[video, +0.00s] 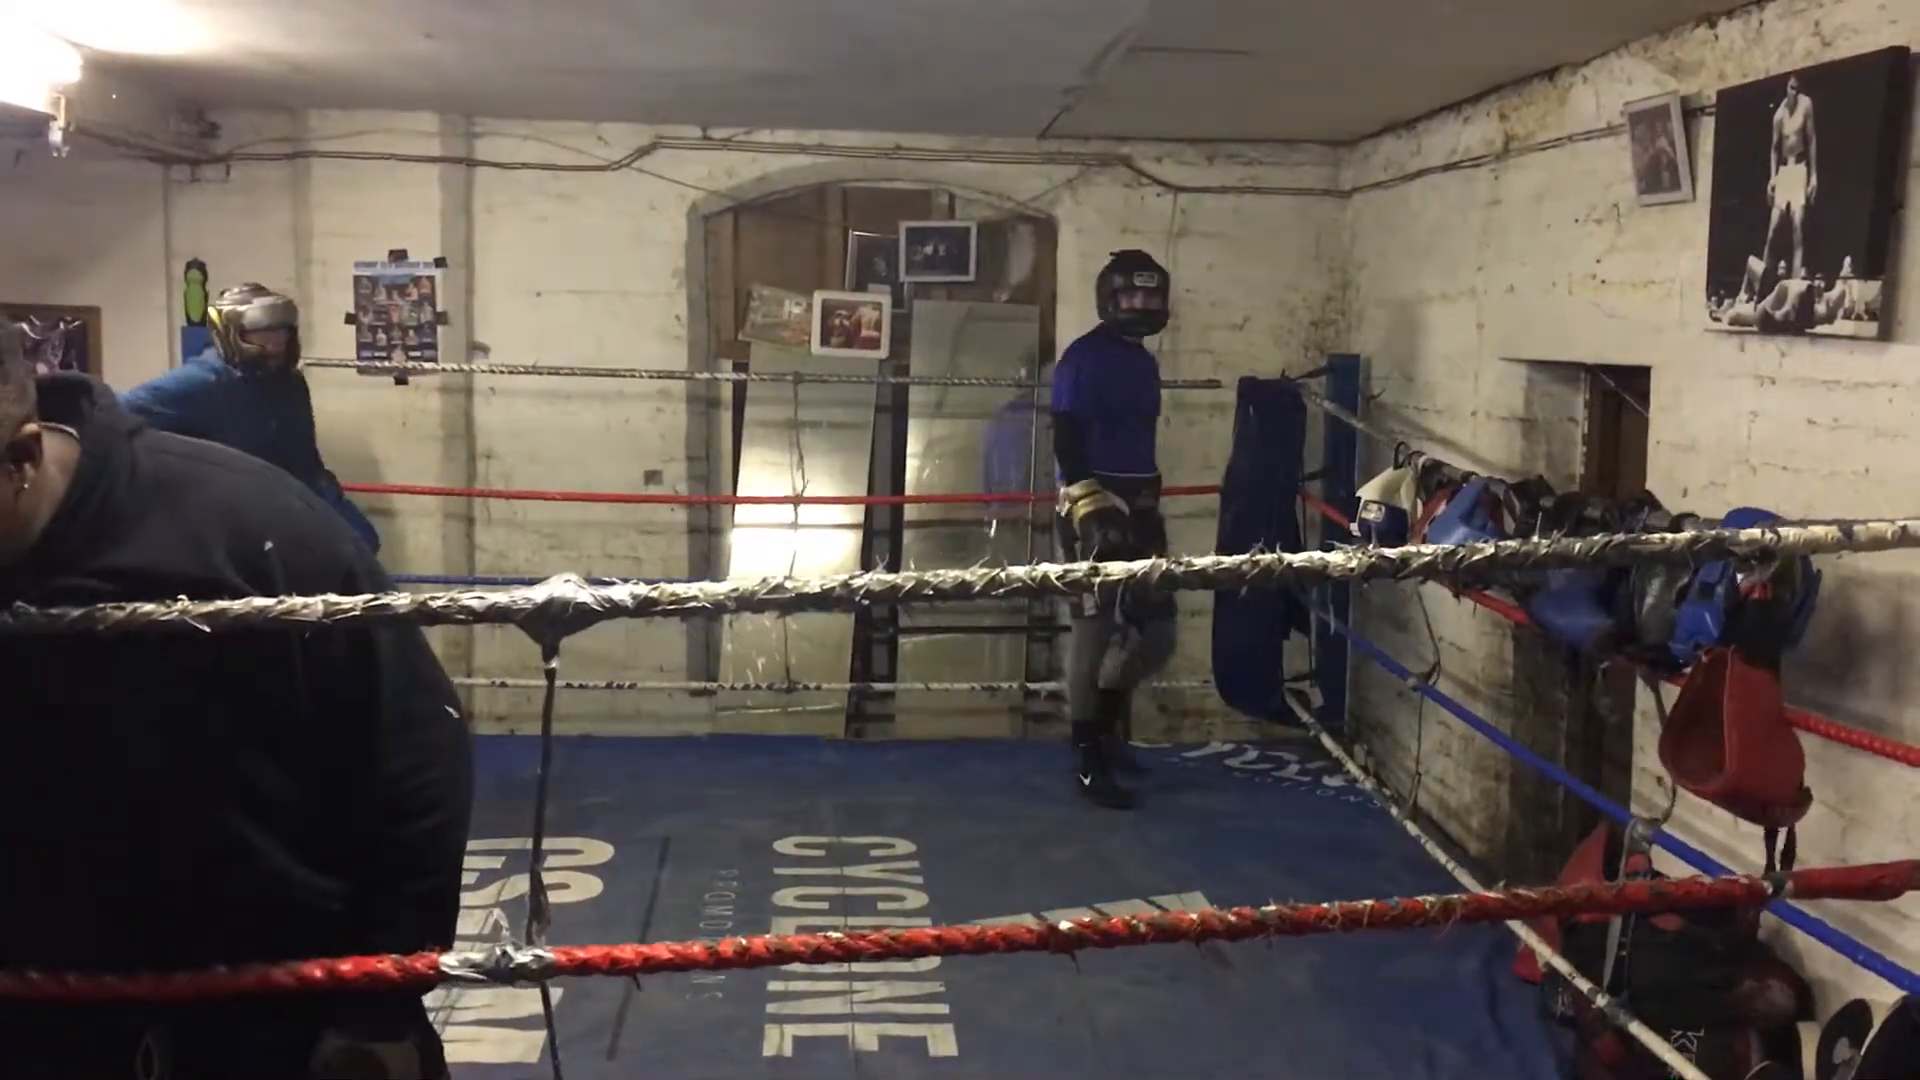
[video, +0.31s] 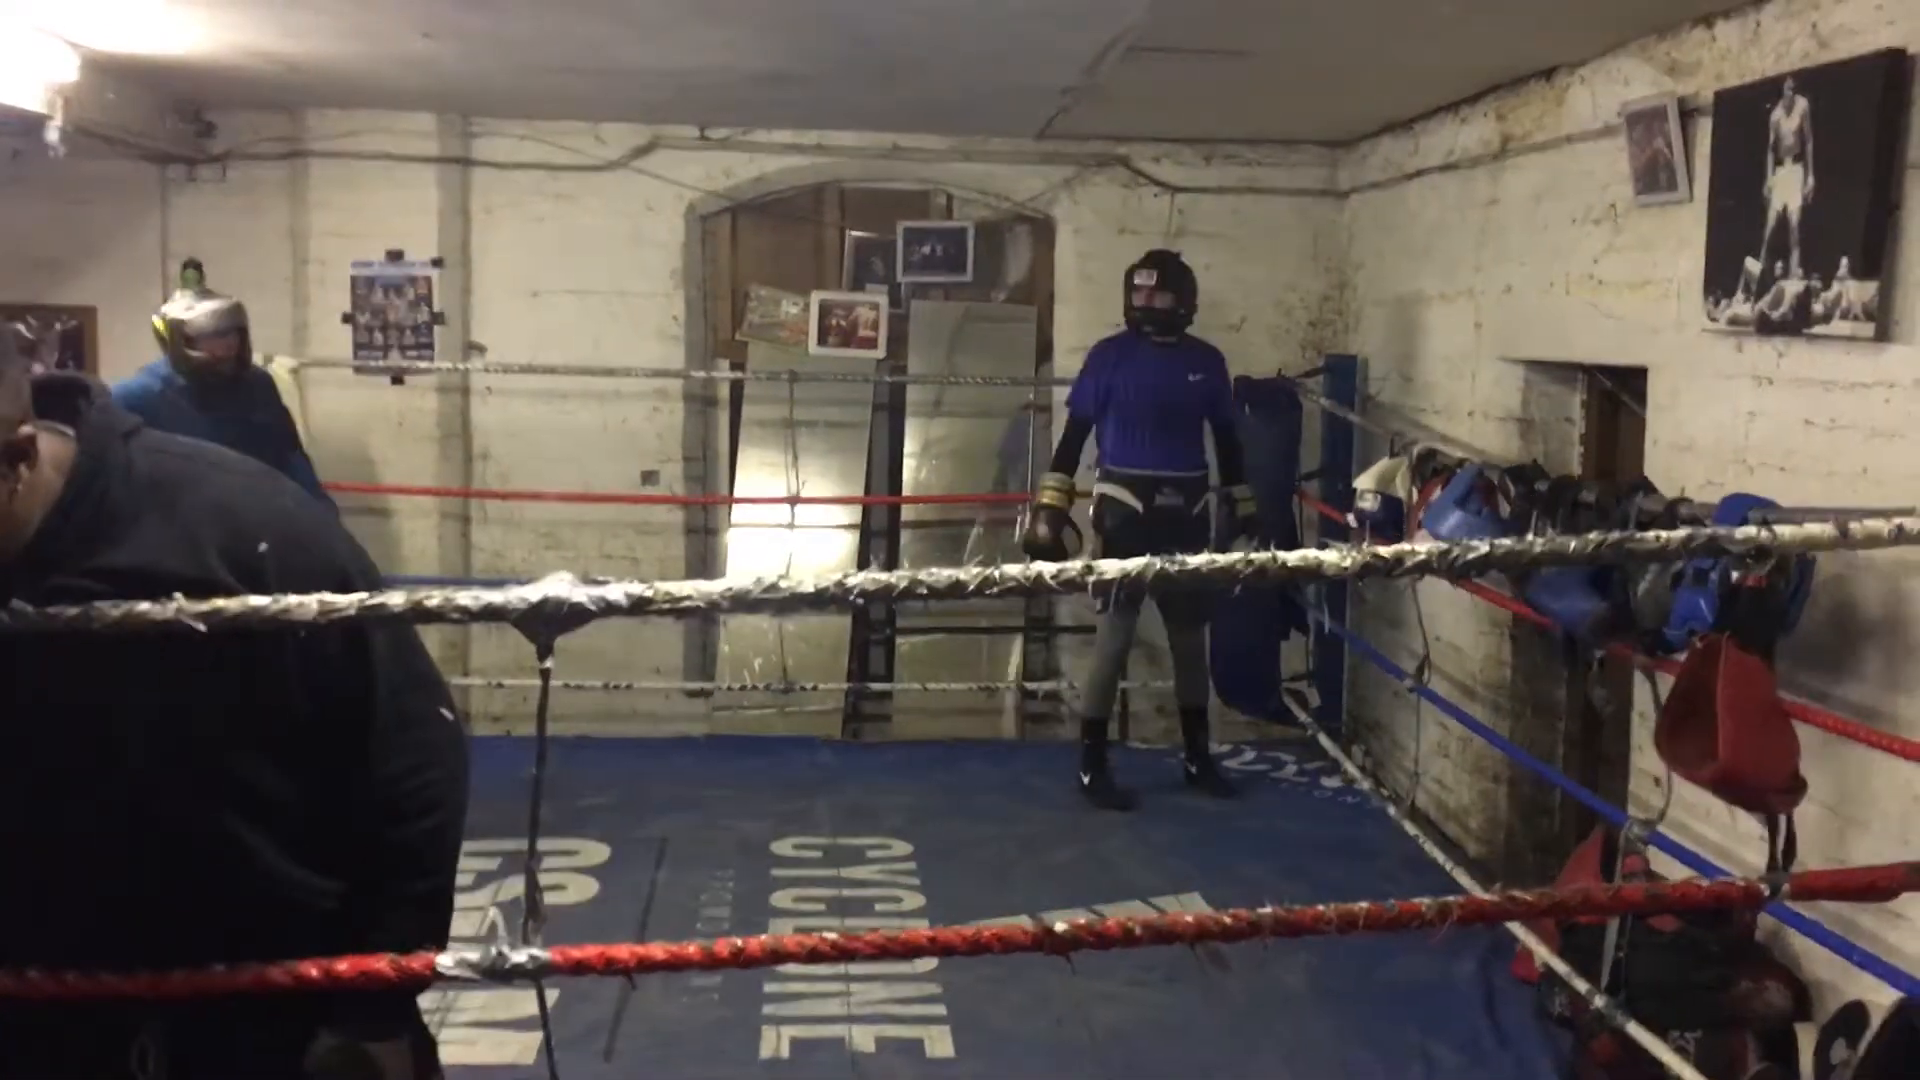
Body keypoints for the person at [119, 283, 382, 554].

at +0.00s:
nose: (279, 341)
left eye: (285, 331)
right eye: (266, 331)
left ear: (293, 334)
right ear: (235, 338)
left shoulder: (291, 387)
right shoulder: (202, 384)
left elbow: (308, 473)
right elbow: (117, 420)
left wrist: (359, 532)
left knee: (361, 543)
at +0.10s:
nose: (261, 346)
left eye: (266, 334)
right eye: (248, 336)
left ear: (276, 338)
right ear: (219, 341)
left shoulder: (276, 388)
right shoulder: (189, 389)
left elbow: (299, 463)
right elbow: (116, 414)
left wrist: (349, 528)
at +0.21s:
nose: (237, 350)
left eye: (244, 337)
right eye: (225, 340)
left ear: (257, 339)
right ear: (195, 343)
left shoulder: (268, 390)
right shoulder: (155, 400)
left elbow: (299, 468)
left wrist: (344, 529)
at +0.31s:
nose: (225, 347)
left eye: (231, 334)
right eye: (212, 337)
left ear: (243, 336)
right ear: (178, 342)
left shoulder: (257, 387)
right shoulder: (138, 399)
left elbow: (288, 457)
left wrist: (321, 515)